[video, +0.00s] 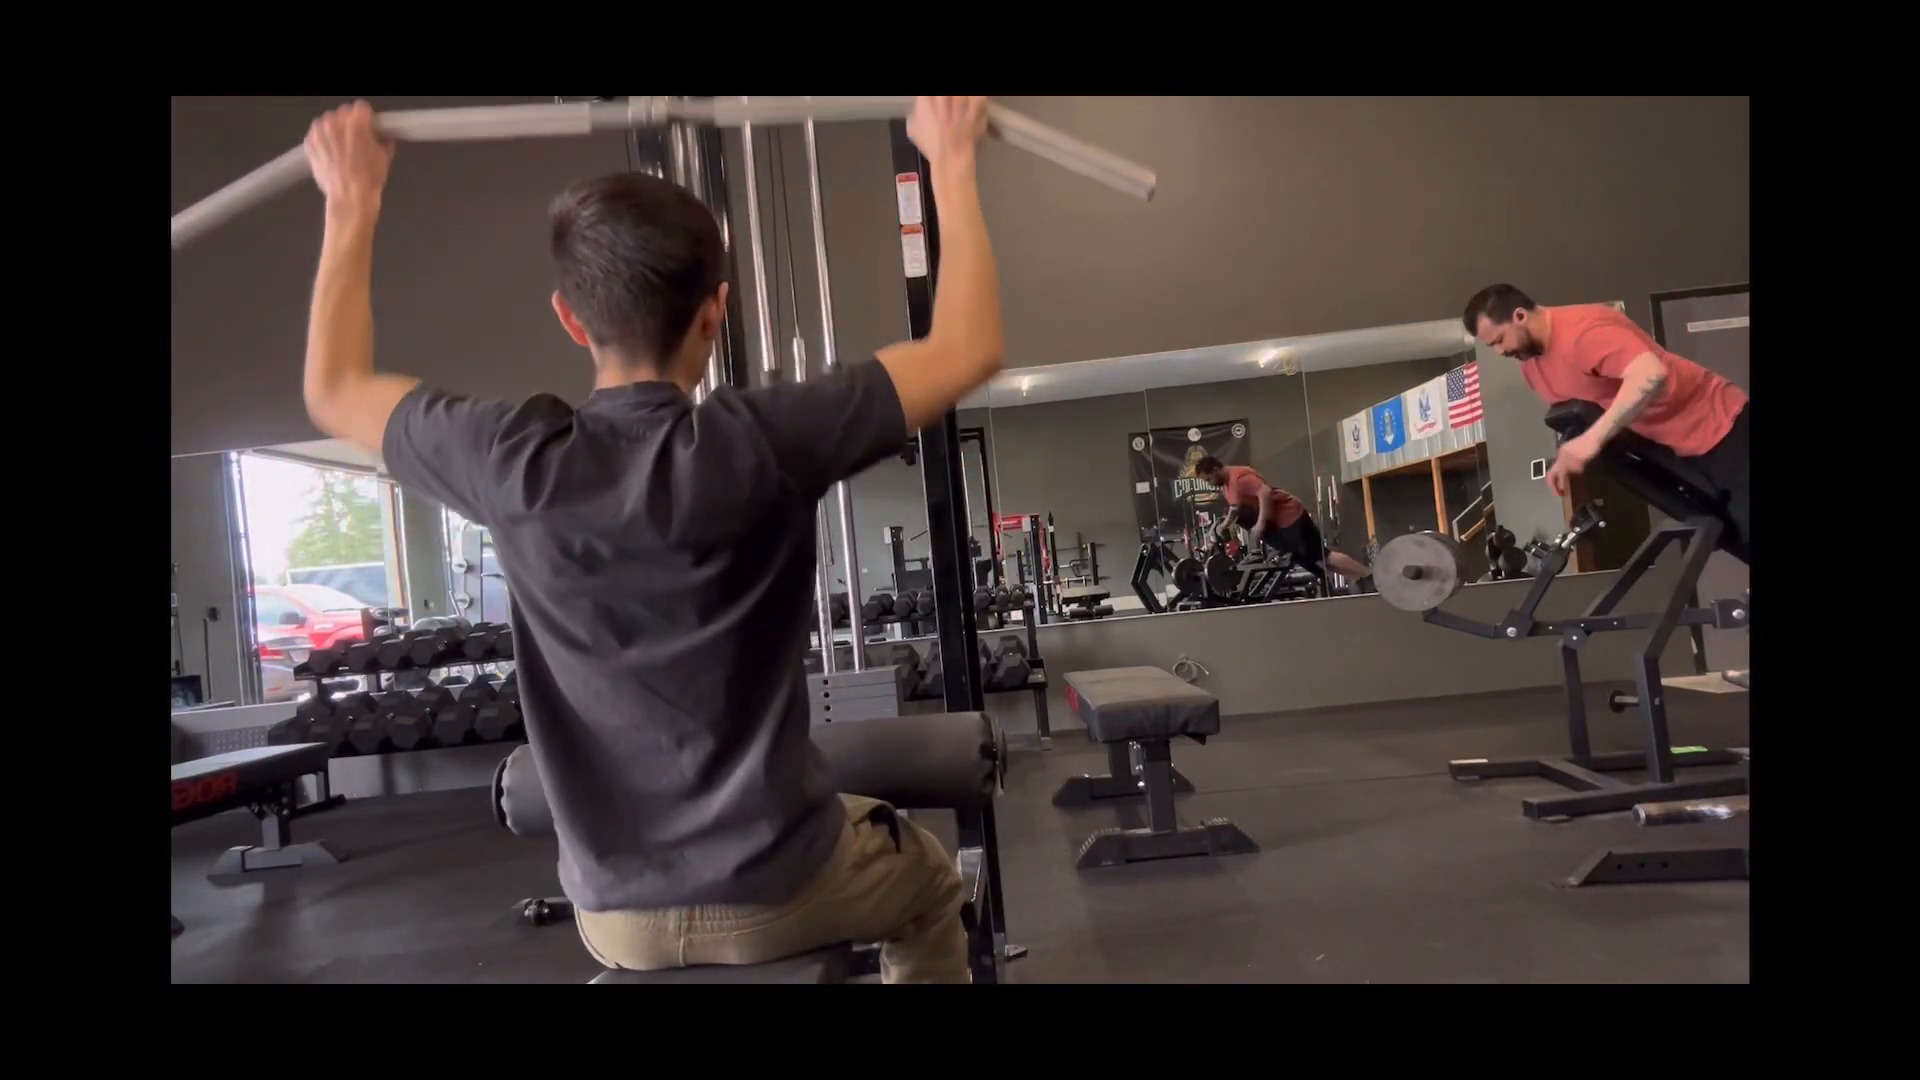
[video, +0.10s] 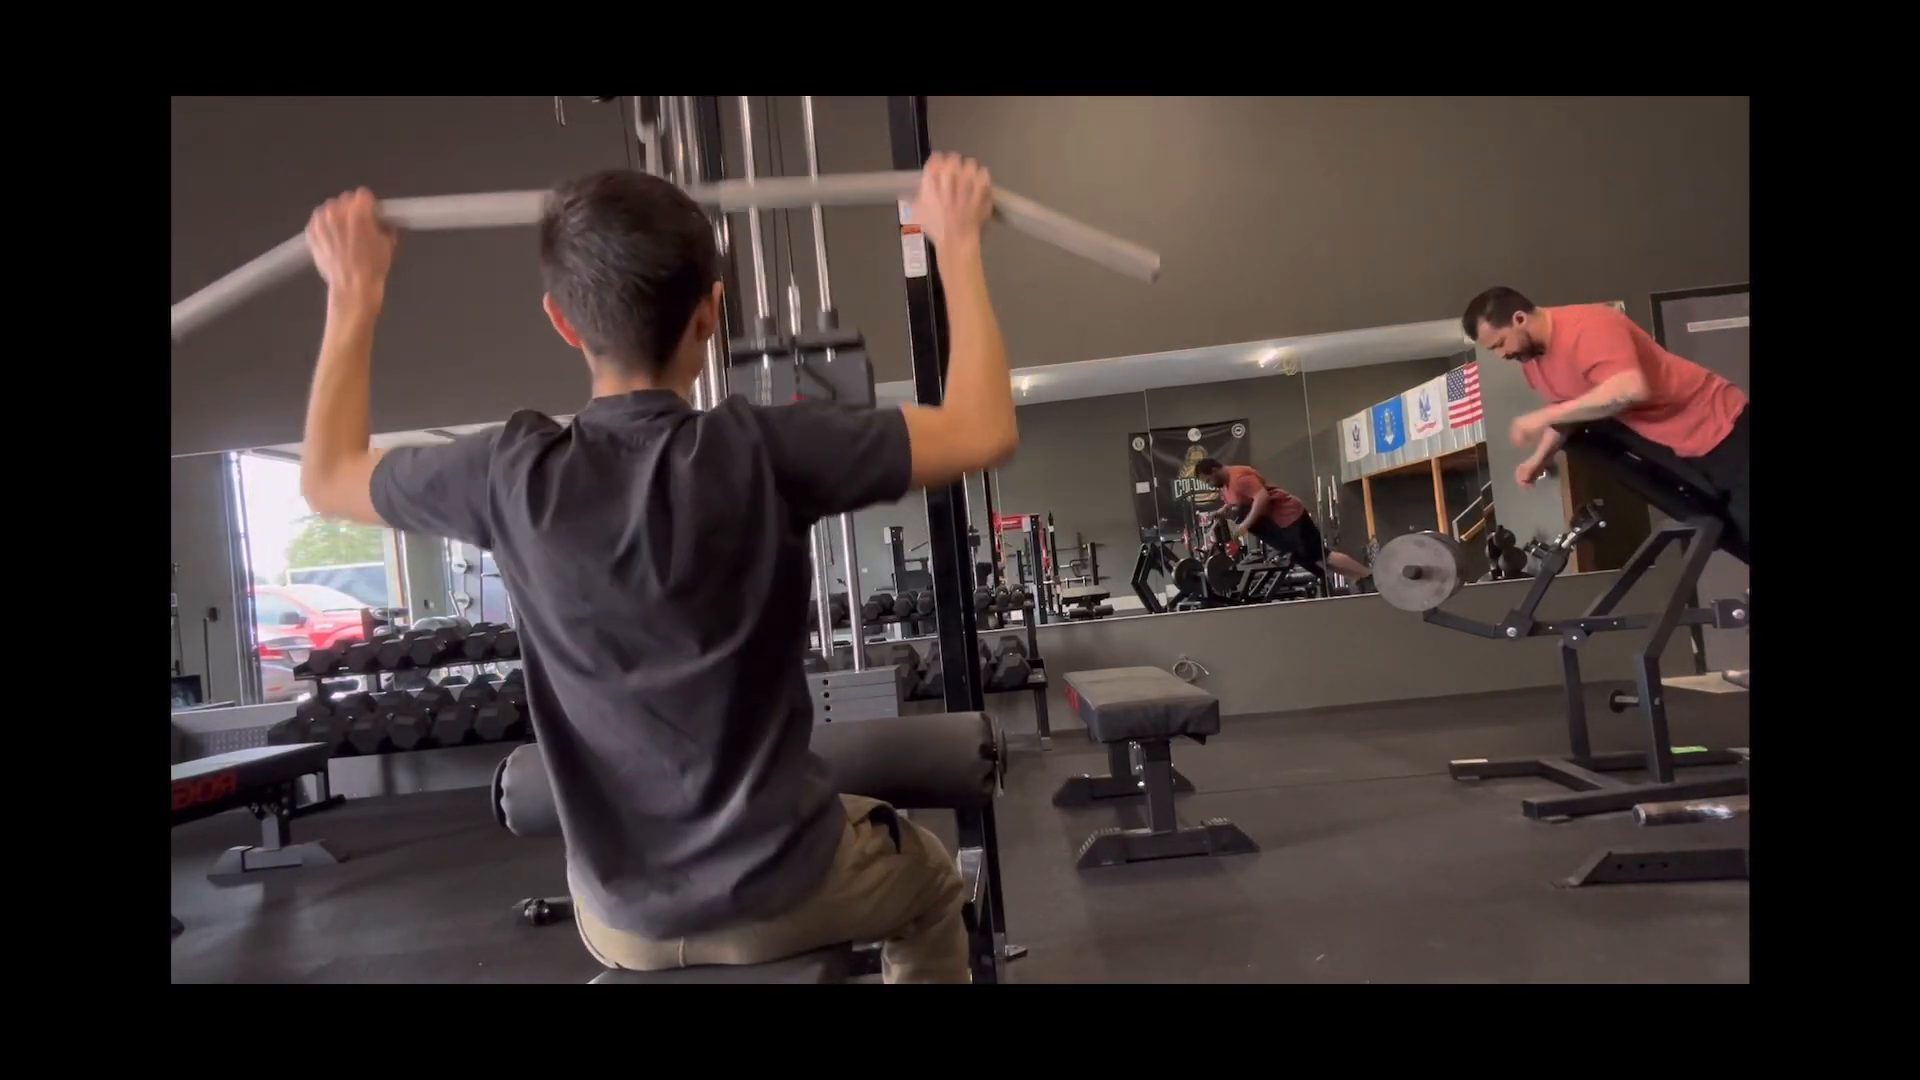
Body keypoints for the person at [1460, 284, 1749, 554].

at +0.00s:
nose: (1500, 352)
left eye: (1498, 341)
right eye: (1493, 347)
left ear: (1520, 316)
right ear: (1519, 320)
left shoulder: (1588, 331)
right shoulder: (1532, 367)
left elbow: (1650, 374)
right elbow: (1574, 416)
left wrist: (1590, 440)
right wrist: (1566, 458)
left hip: (1720, 425)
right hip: (1670, 448)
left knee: (1744, 530)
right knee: (1723, 535)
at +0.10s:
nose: (1501, 356)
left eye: (1499, 345)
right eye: (1494, 350)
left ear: (1520, 319)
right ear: (1520, 322)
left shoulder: (1591, 326)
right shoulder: (1533, 364)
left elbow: (1630, 387)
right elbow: (1570, 410)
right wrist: (1541, 457)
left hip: (1720, 425)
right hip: (1673, 449)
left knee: (1744, 529)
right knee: (1725, 534)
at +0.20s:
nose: (1500, 359)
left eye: (1499, 350)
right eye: (1494, 355)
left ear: (1518, 324)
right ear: (1517, 325)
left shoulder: (1586, 323)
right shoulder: (1534, 362)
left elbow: (1586, 398)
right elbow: (1561, 416)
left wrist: (1507, 386)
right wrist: (1534, 457)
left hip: (1716, 423)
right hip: (1674, 447)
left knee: (1744, 527)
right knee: (1726, 534)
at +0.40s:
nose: (1497, 364)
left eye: (1494, 357)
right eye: (1492, 360)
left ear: (1509, 336)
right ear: (1511, 332)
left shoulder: (1570, 323)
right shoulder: (1541, 349)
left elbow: (1524, 390)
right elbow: (1561, 415)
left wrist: (1481, 359)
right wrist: (1559, 471)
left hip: (1712, 423)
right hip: (1683, 442)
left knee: (1745, 524)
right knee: (1732, 529)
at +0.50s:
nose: (1497, 365)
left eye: (1495, 358)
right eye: (1492, 361)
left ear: (1509, 337)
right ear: (1509, 331)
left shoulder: (1570, 323)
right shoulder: (1541, 355)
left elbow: (1521, 389)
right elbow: (1567, 421)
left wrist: (1479, 361)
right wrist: (1571, 480)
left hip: (1710, 422)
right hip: (1677, 444)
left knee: (1744, 522)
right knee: (1728, 530)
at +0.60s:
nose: (1499, 367)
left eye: (1497, 358)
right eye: (1494, 362)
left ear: (1510, 334)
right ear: (1510, 332)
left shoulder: (1569, 322)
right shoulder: (1538, 362)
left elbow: (1518, 387)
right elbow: (1569, 426)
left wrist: (1475, 363)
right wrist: (1582, 491)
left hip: (1708, 421)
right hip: (1674, 444)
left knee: (1744, 520)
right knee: (1728, 530)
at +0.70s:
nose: (1499, 367)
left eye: (1496, 359)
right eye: (1493, 363)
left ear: (1508, 333)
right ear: (1508, 332)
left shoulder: (1567, 322)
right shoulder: (1536, 363)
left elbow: (1515, 386)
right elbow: (1569, 426)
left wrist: (1473, 364)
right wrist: (1585, 489)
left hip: (1709, 421)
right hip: (1674, 446)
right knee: (1729, 531)